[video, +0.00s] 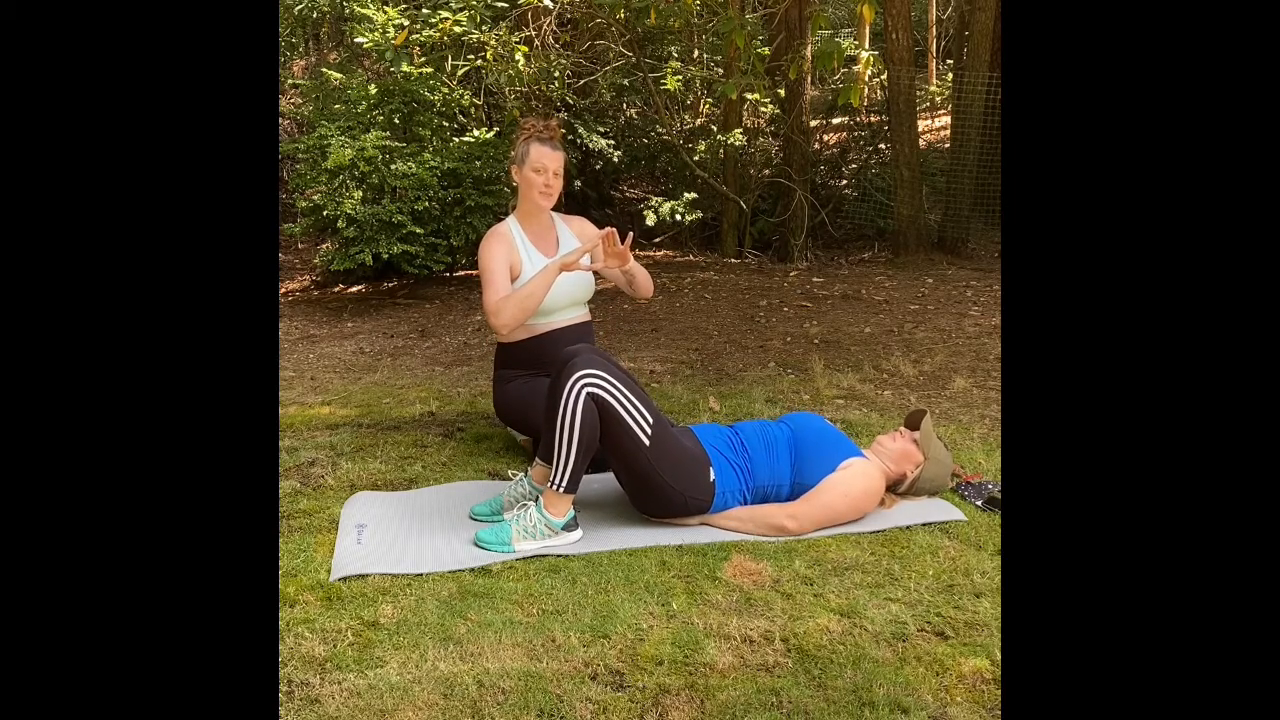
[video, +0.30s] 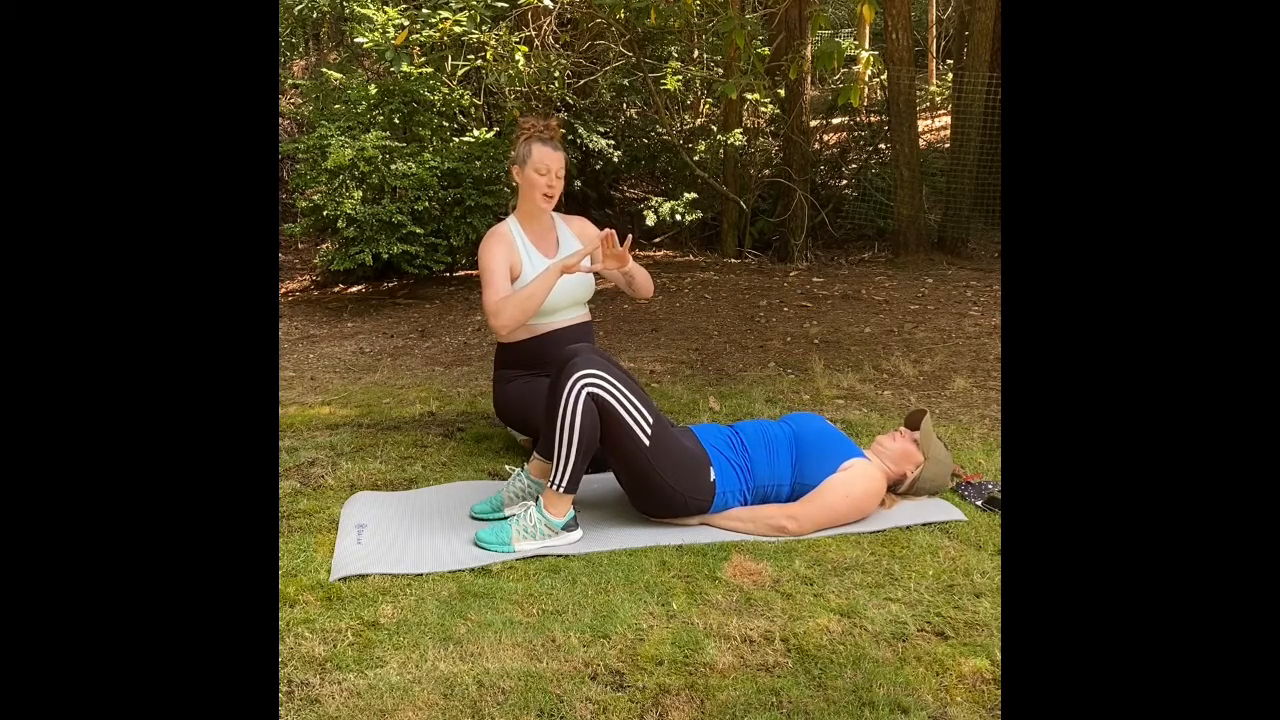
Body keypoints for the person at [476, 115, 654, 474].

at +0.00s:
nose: (550, 182)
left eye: (557, 174)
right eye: (539, 171)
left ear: (564, 179)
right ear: (516, 174)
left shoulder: (579, 229)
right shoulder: (498, 242)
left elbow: (644, 292)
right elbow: (501, 321)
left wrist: (629, 269)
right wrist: (554, 267)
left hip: (583, 364)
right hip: (523, 377)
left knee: (641, 441)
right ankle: (540, 452)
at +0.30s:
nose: (553, 185)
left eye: (559, 176)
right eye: (542, 173)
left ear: (565, 178)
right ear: (516, 174)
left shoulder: (580, 229)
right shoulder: (498, 243)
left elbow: (644, 291)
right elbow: (501, 323)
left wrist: (627, 270)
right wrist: (555, 270)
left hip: (585, 364)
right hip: (523, 376)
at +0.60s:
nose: (554, 186)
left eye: (560, 177)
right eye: (544, 175)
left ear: (566, 179)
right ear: (517, 174)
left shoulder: (579, 229)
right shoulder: (498, 243)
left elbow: (645, 291)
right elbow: (501, 323)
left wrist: (626, 271)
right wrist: (556, 272)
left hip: (585, 364)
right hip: (523, 377)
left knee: (641, 439)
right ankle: (540, 453)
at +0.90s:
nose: (553, 187)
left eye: (560, 177)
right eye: (543, 175)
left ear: (566, 180)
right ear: (518, 174)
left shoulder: (580, 229)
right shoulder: (498, 243)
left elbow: (645, 292)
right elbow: (501, 323)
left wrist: (627, 272)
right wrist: (557, 272)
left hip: (584, 364)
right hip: (523, 376)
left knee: (638, 438)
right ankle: (540, 455)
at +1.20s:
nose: (549, 181)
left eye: (558, 173)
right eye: (539, 171)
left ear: (565, 179)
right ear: (518, 174)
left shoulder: (583, 231)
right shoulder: (502, 242)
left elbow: (626, 289)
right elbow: (491, 336)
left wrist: (629, 302)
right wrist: (564, 320)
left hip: (581, 368)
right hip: (521, 381)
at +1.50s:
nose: (554, 181)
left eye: (562, 173)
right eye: (542, 171)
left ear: (569, 179)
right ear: (522, 177)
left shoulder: (588, 233)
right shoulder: (506, 246)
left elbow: (613, 317)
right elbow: (501, 347)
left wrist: (613, 370)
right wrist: (569, 381)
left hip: (584, 370)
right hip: (525, 382)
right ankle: (537, 443)